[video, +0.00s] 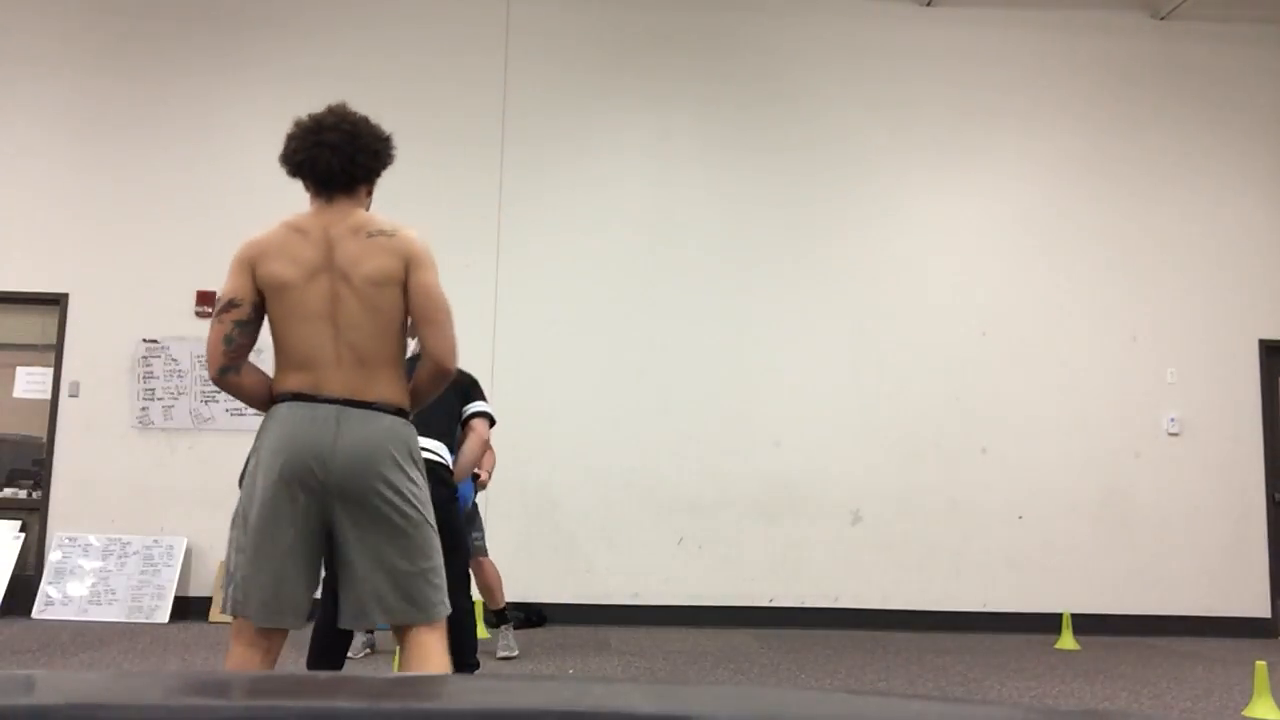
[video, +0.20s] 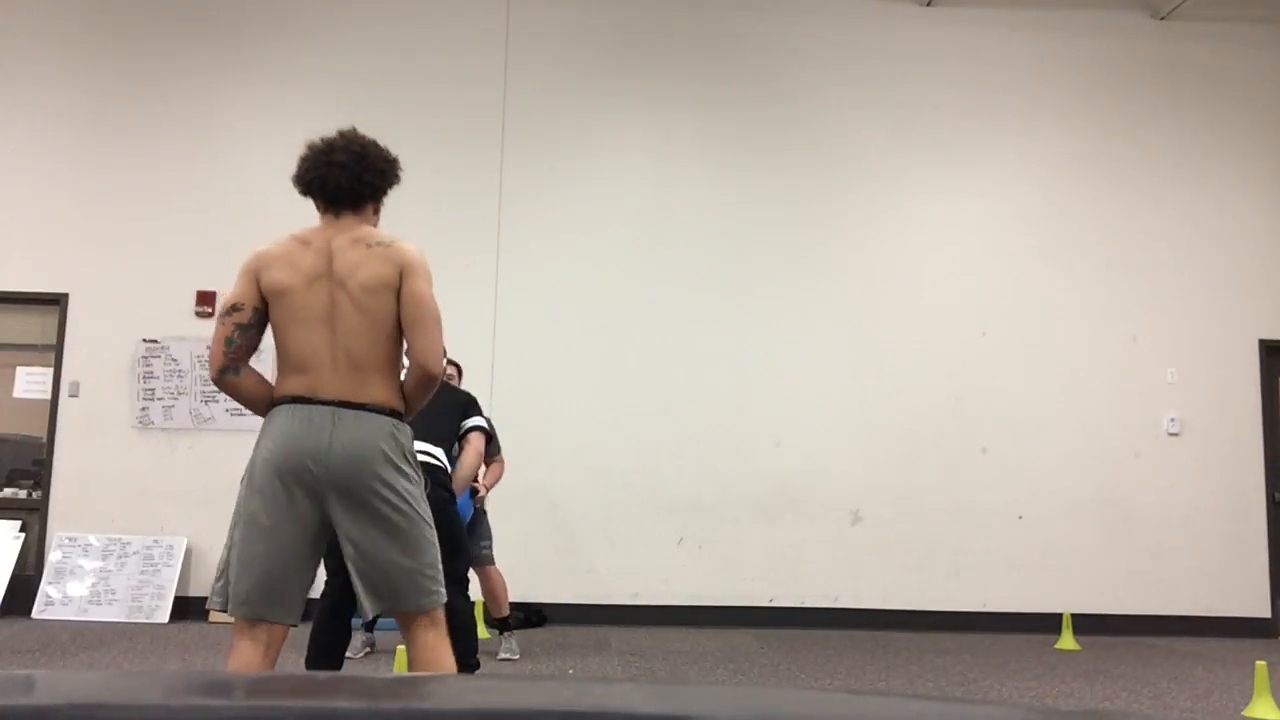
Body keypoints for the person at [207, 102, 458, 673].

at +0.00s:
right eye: (370, 177)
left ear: (304, 179)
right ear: (370, 179)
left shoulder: (260, 251)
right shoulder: (405, 248)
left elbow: (226, 366)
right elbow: (441, 360)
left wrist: (290, 405)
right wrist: (389, 406)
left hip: (288, 432)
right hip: (380, 436)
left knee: (256, 630)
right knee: (422, 625)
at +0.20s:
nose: (380, 207)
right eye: (381, 196)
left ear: (314, 197)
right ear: (376, 197)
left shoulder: (267, 260)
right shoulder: (401, 258)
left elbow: (225, 367)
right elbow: (429, 365)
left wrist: (287, 413)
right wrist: (392, 417)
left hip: (288, 435)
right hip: (373, 440)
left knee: (257, 628)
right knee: (424, 622)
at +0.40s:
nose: (413, 241)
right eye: (413, 232)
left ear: (352, 229)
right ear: (409, 232)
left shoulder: (309, 282)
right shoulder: (438, 292)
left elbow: (260, 379)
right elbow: (461, 389)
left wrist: (311, 433)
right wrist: (412, 434)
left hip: (311, 452)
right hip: (394, 459)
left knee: (258, 634)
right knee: (430, 627)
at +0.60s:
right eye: (434, 273)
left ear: (374, 267)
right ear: (431, 275)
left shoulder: (334, 303)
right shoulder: (458, 321)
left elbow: (285, 385)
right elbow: (479, 411)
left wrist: (333, 439)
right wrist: (427, 458)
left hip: (330, 450)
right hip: (417, 460)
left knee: (252, 603)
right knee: (453, 620)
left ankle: (215, 718)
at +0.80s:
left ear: (367, 315)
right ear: (424, 322)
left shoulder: (324, 345)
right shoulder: (439, 358)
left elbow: (268, 415)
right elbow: (461, 431)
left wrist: (307, 472)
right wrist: (422, 489)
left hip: (307, 467)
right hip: (391, 473)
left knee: (261, 620)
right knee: (454, 624)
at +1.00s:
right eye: (423, 349)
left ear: (356, 341)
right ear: (416, 350)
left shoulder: (317, 365)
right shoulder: (431, 376)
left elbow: (258, 424)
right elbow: (443, 440)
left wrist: (295, 489)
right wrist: (406, 500)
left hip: (294, 469)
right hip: (378, 472)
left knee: (247, 619)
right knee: (447, 624)